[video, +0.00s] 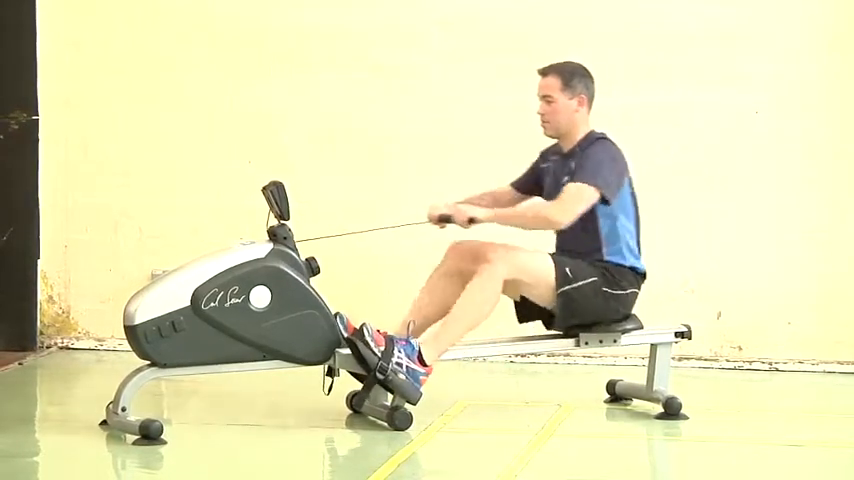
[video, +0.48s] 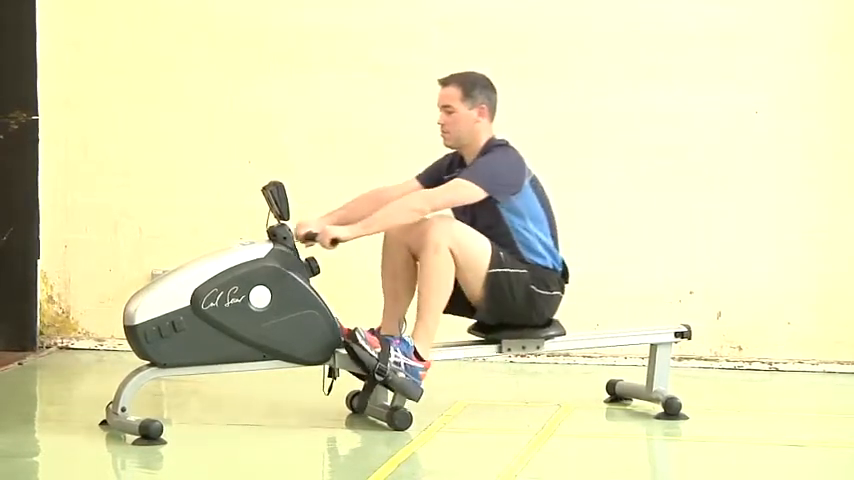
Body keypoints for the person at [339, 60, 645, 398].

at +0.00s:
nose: (540, 109)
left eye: (549, 100)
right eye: (540, 100)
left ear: (580, 102)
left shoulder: (602, 153)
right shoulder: (552, 158)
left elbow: (559, 214)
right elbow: (507, 196)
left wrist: (484, 215)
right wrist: (458, 207)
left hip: (609, 282)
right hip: (572, 276)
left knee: (499, 261)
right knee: (461, 254)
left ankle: (423, 359)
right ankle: (398, 345)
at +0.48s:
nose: (439, 120)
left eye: (448, 110)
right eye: (439, 111)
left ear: (481, 113)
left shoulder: (503, 162)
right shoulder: (452, 164)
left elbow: (427, 205)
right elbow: (393, 196)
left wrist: (350, 231)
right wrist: (325, 221)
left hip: (533, 291)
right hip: (491, 292)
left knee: (439, 229)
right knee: (400, 227)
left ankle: (417, 355)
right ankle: (387, 338)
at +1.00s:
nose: (428, 115)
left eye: (437, 106)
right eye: (428, 107)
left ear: (469, 110)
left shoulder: (487, 161)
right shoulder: (438, 161)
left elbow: (404, 201)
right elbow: (376, 193)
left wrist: (334, 230)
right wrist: (309, 220)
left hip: (509, 290)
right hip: (467, 291)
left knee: (419, 223)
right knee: (380, 222)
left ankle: (412, 351)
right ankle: (382, 334)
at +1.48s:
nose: (506, 107)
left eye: (516, 97)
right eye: (507, 98)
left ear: (548, 101)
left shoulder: (564, 155)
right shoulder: (513, 153)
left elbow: (484, 191)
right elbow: (451, 182)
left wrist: (409, 216)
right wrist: (385, 203)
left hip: (571, 281)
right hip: (533, 276)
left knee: (463, 240)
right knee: (432, 235)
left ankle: (418, 360)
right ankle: (389, 342)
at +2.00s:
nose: (622, 108)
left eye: (630, 98)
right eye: (620, 100)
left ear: (662, 98)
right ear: (636, 101)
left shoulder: (680, 153)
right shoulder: (633, 153)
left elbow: (661, 223)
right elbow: (602, 199)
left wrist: (587, 210)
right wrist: (558, 205)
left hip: (642, 278)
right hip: (608, 267)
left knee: (529, 298)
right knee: (491, 292)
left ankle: (424, 364)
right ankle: (396, 346)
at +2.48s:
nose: (615, 107)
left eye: (624, 97)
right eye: (615, 97)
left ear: (657, 99)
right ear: (642, 100)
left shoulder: (677, 154)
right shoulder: (628, 155)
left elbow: (692, 234)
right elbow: (622, 229)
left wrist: (621, 214)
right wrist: (587, 213)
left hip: (646, 278)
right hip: (608, 264)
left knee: (535, 308)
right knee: (494, 291)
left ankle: (422, 363)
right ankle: (398, 347)